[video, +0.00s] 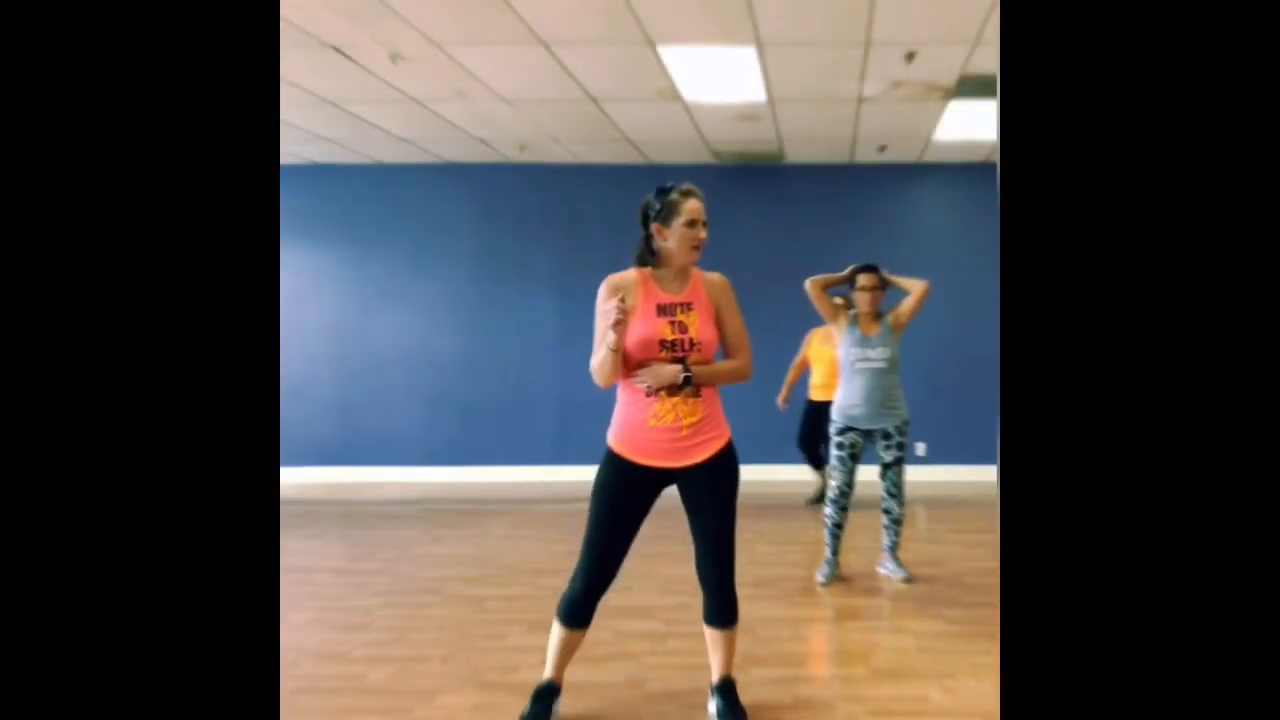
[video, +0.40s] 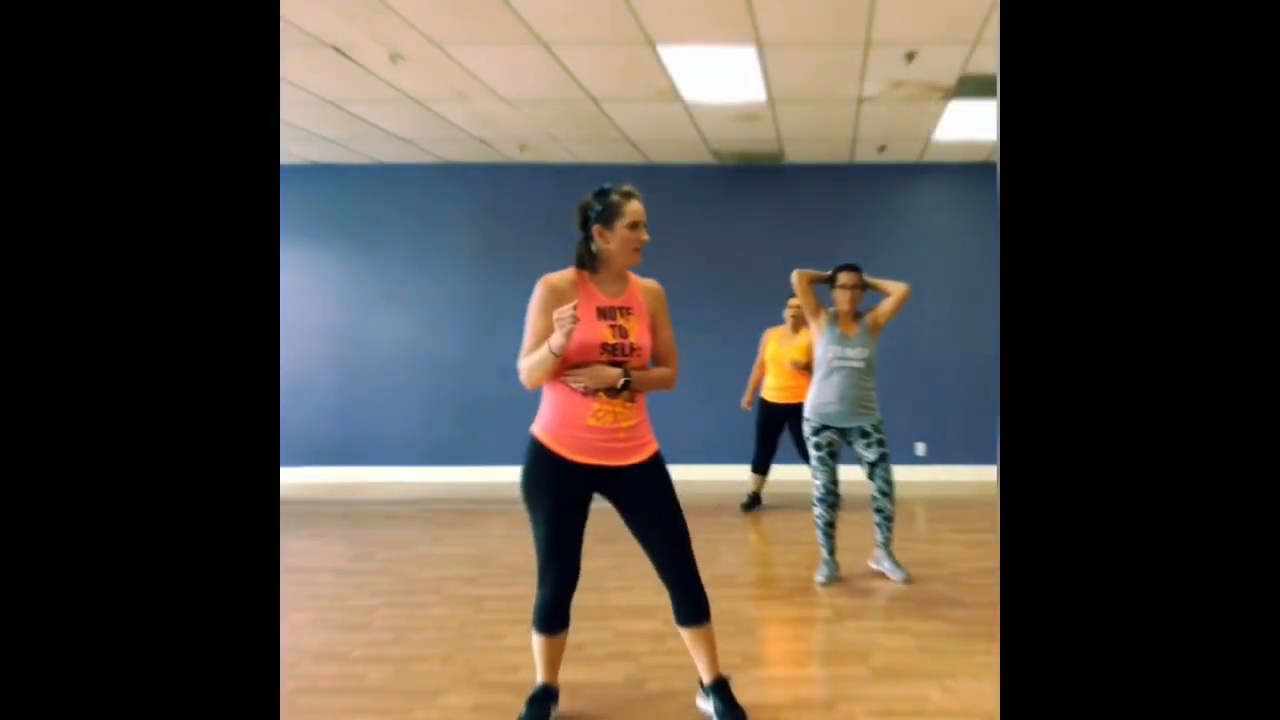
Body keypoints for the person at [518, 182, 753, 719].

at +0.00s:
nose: (703, 234)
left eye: (705, 224)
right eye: (692, 225)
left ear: (701, 231)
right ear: (658, 230)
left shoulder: (714, 287)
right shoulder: (619, 288)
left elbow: (742, 367)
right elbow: (604, 377)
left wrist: (684, 372)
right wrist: (612, 337)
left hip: (707, 451)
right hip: (633, 452)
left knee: (718, 576)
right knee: (591, 578)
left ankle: (723, 689)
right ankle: (548, 686)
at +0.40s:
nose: (644, 236)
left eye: (644, 226)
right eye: (634, 227)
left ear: (634, 233)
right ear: (599, 233)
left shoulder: (649, 295)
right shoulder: (555, 289)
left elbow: (667, 374)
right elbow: (528, 377)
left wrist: (620, 377)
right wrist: (557, 344)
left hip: (634, 457)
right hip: (560, 457)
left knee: (682, 572)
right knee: (556, 580)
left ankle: (714, 686)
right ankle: (545, 690)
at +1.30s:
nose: (631, 233)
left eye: (640, 223)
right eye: (621, 227)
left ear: (659, 227)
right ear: (610, 238)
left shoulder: (694, 286)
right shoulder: (603, 288)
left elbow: (724, 368)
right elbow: (556, 338)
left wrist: (656, 374)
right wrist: (595, 274)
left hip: (674, 453)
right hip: (602, 447)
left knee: (690, 578)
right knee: (575, 572)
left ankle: (718, 684)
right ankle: (547, 689)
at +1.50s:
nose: (656, 229)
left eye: (664, 218)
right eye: (646, 222)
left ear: (685, 221)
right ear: (637, 232)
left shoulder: (718, 278)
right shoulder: (631, 285)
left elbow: (753, 357)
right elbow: (575, 329)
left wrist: (687, 368)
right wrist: (612, 264)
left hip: (710, 444)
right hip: (642, 442)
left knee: (711, 572)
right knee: (605, 568)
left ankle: (722, 686)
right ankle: (586, 678)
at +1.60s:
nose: (664, 223)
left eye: (673, 212)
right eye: (654, 215)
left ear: (694, 215)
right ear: (645, 224)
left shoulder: (725, 271)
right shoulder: (637, 279)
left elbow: (760, 348)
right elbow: (568, 319)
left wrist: (693, 361)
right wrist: (610, 265)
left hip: (714, 439)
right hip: (647, 437)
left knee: (718, 568)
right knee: (632, 566)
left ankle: (722, 683)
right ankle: (657, 658)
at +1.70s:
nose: (670, 225)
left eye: (679, 215)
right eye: (661, 217)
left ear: (700, 221)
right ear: (651, 227)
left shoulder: (729, 274)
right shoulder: (639, 272)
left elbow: (764, 350)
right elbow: (560, 275)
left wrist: (697, 363)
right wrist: (559, 283)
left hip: (715, 442)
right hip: (649, 442)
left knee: (720, 567)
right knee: (668, 571)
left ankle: (725, 683)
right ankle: (696, 669)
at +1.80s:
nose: (672, 226)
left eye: (682, 217)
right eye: (663, 219)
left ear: (703, 225)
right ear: (654, 231)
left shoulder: (730, 283)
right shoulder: (640, 278)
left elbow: (763, 357)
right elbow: (559, 272)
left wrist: (700, 370)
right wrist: (502, 269)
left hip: (721, 445)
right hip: (654, 445)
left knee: (724, 569)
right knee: (636, 564)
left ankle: (726, 684)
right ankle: (677, 654)